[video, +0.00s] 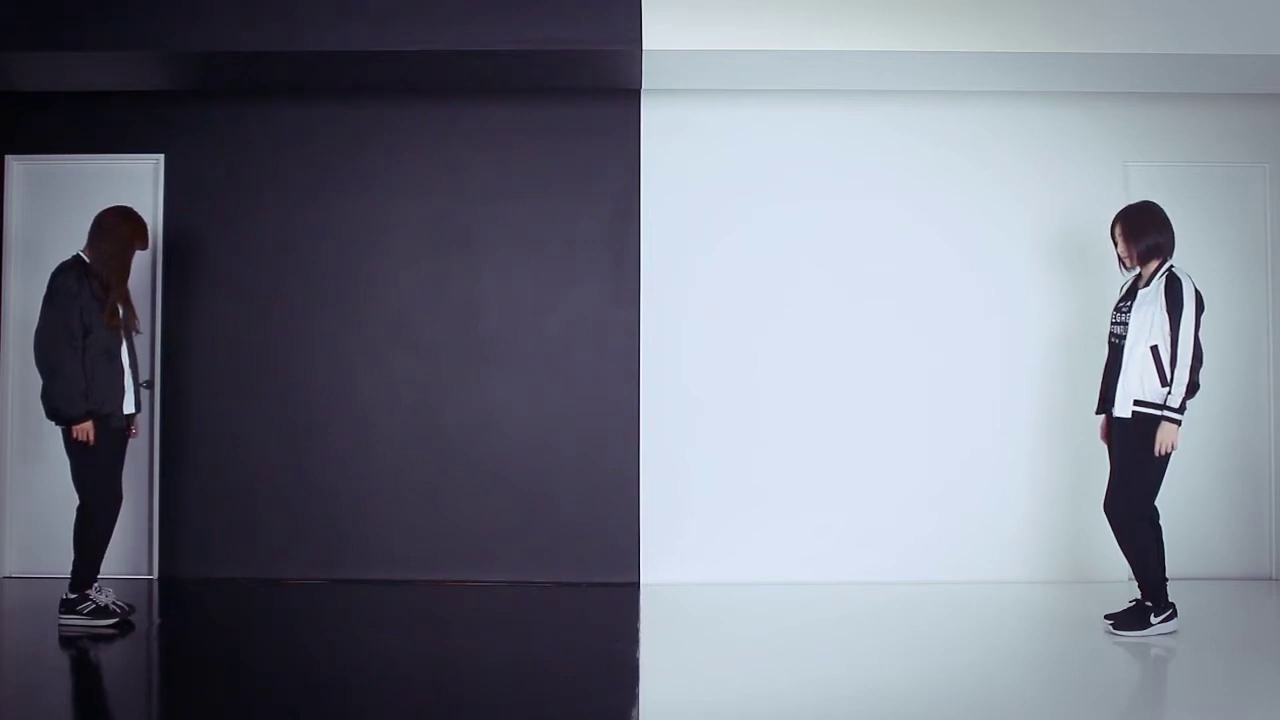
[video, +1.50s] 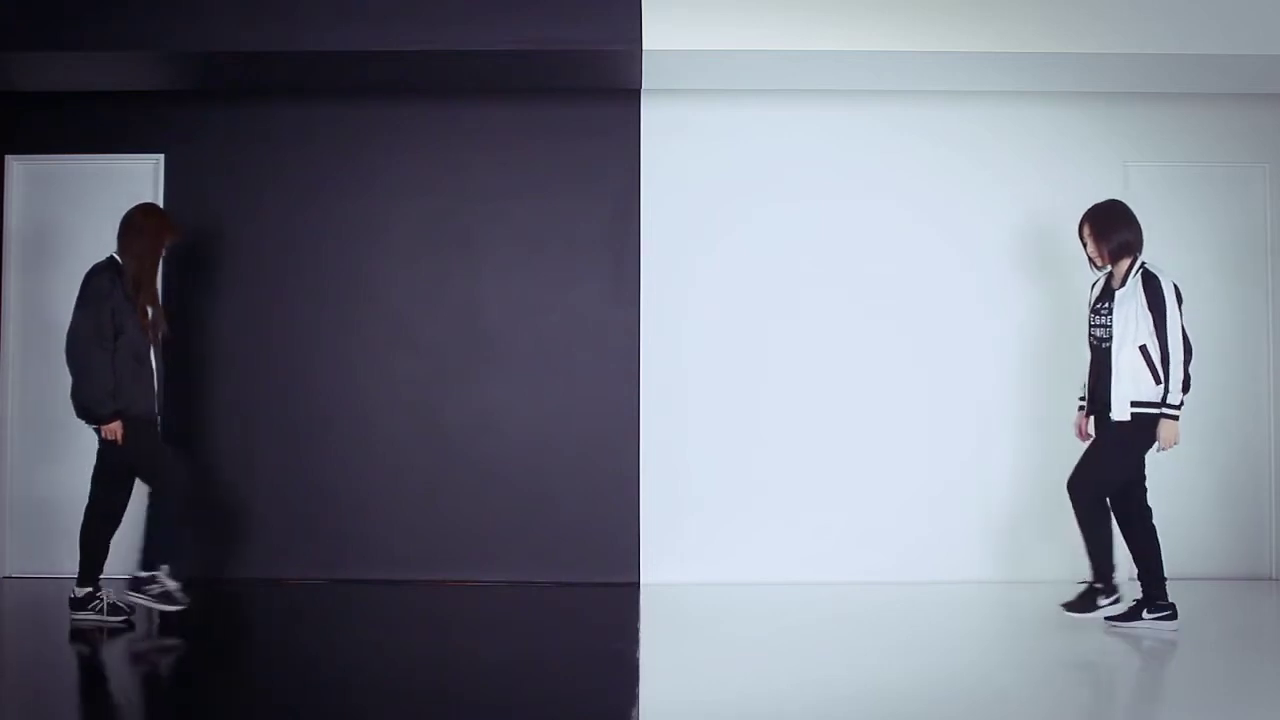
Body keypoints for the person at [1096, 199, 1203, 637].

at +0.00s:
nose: (1118, 249)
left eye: (1123, 240)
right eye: (1116, 242)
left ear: (1147, 237)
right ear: (1125, 242)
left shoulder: (1178, 284)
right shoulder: (1131, 288)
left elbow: (1188, 356)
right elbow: (1117, 354)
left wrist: (1172, 417)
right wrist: (1107, 410)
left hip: (1151, 418)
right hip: (1123, 416)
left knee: (1126, 506)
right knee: (1131, 507)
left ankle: (1157, 604)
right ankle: (1152, 600)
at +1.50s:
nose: (1089, 249)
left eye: (1093, 240)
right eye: (1086, 242)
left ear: (1117, 236)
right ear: (1092, 243)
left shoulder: (1156, 284)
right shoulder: (1100, 288)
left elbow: (1178, 351)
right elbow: (1099, 353)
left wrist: (1171, 414)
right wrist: (1087, 404)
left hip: (1139, 415)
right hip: (1109, 415)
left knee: (1082, 486)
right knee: (1131, 506)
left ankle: (1103, 584)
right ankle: (1156, 601)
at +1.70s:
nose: (1063, 254)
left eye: (1067, 244)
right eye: (1060, 246)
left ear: (1091, 241)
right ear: (1066, 248)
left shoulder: (1131, 288)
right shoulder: (1077, 293)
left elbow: (1158, 350)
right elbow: (1075, 357)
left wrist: (1158, 414)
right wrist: (1059, 404)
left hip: (1120, 418)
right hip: (1091, 418)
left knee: (1074, 500)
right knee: (1123, 510)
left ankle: (1036, 596)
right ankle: (1156, 601)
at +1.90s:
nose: (1030, 255)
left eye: (1035, 246)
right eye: (1028, 247)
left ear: (1057, 243)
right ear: (1042, 246)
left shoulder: (1090, 291)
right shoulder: (1043, 296)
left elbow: (1113, 358)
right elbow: (1035, 362)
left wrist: (1118, 426)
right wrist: (1028, 418)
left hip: (1082, 422)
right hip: (1055, 422)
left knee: (1040, 506)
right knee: (1099, 510)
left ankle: (1014, 607)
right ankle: (1150, 595)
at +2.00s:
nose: (1011, 249)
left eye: (1017, 240)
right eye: (1009, 241)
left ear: (1040, 239)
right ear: (1018, 244)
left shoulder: (1070, 288)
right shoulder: (1023, 288)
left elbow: (1086, 356)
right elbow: (1015, 355)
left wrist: (1081, 424)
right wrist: (1010, 412)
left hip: (1056, 421)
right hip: (1031, 420)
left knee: (1024, 510)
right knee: (1070, 507)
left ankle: (1011, 608)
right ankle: (1136, 583)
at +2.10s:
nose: (993, 246)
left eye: (998, 236)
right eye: (991, 238)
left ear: (1022, 234)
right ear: (1002, 240)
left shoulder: (1054, 286)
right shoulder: (1005, 286)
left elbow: (1058, 357)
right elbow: (1000, 353)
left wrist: (1044, 419)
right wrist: (993, 412)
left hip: (1036, 417)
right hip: (1008, 415)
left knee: (1014, 509)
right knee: (1027, 509)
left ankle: (1009, 608)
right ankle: (1104, 571)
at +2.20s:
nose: (976, 243)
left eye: (981, 235)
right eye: (974, 235)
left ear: (1004, 232)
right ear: (993, 234)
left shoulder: (1036, 283)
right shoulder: (992, 282)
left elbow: (1033, 357)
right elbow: (987, 348)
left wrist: (1005, 413)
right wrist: (975, 403)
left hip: (1020, 415)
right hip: (986, 412)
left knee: (1006, 514)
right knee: (984, 513)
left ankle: (1008, 609)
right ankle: (1065, 556)